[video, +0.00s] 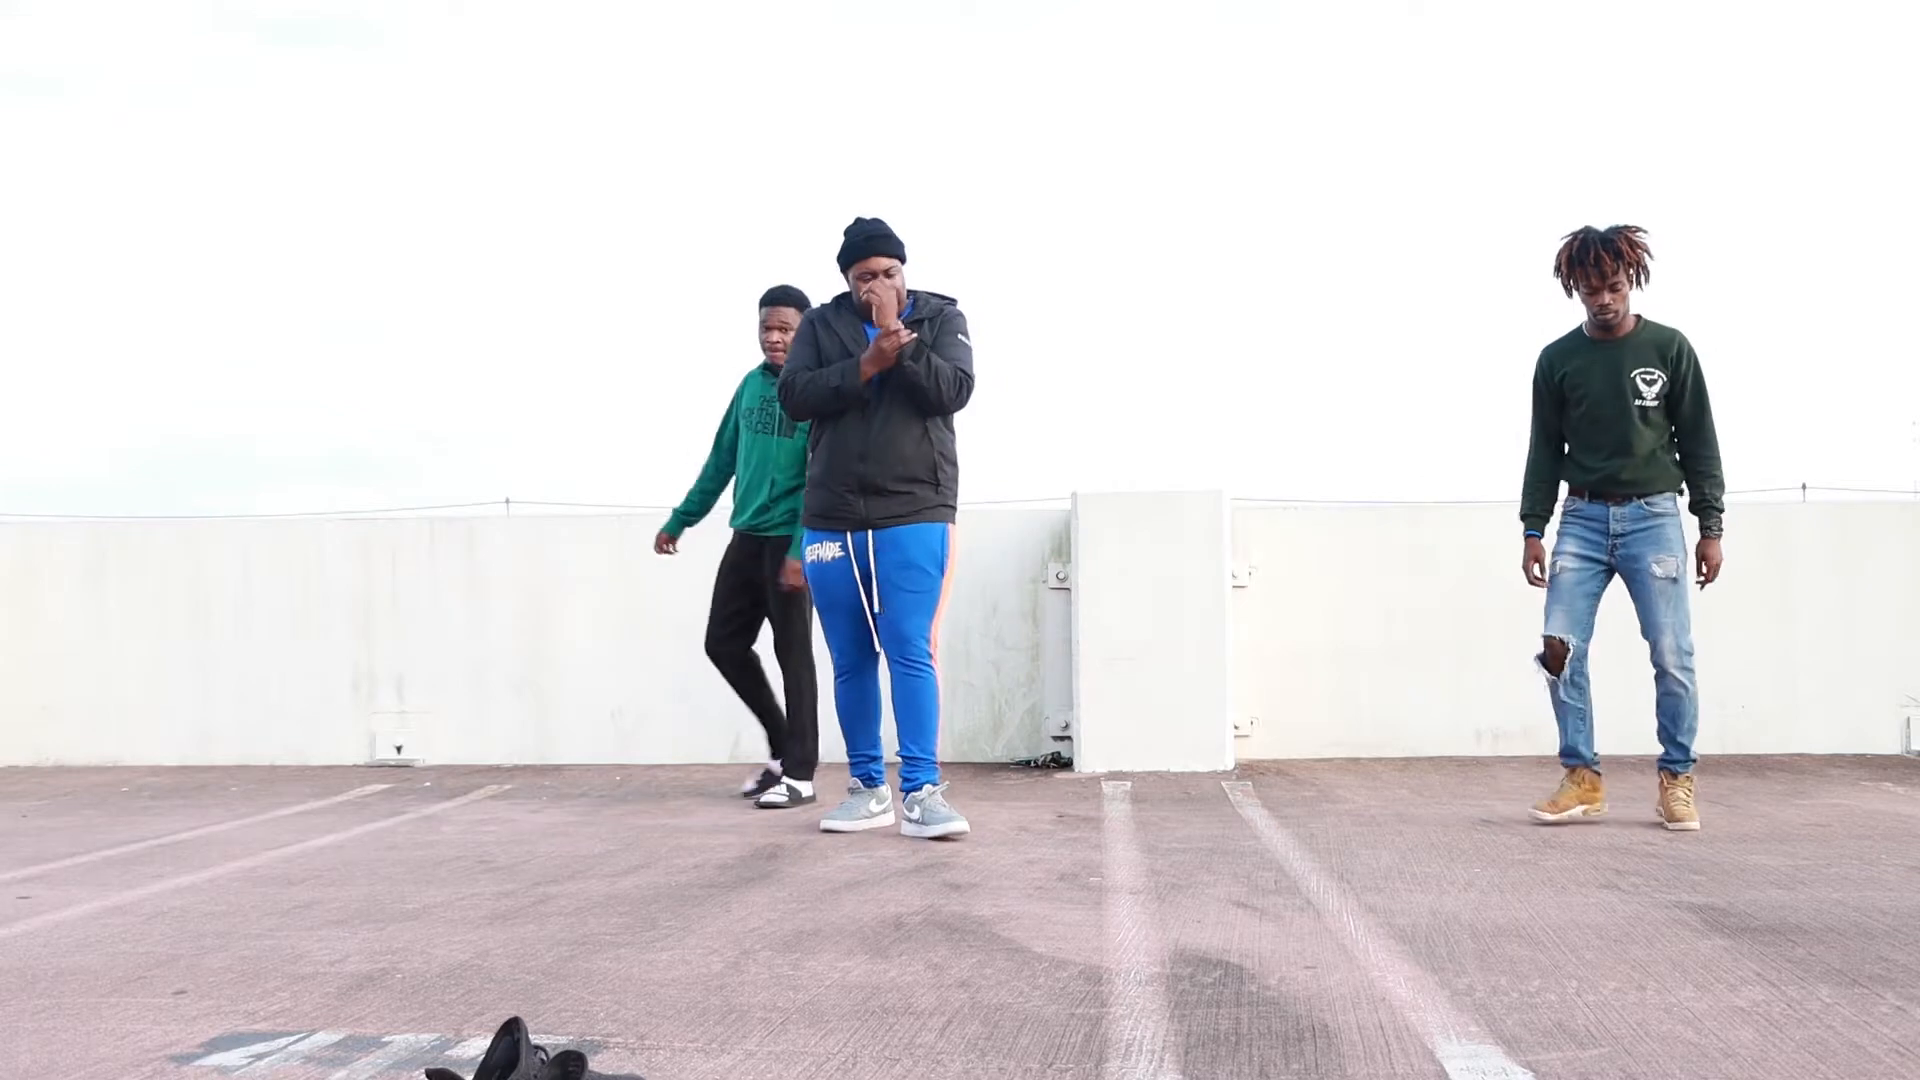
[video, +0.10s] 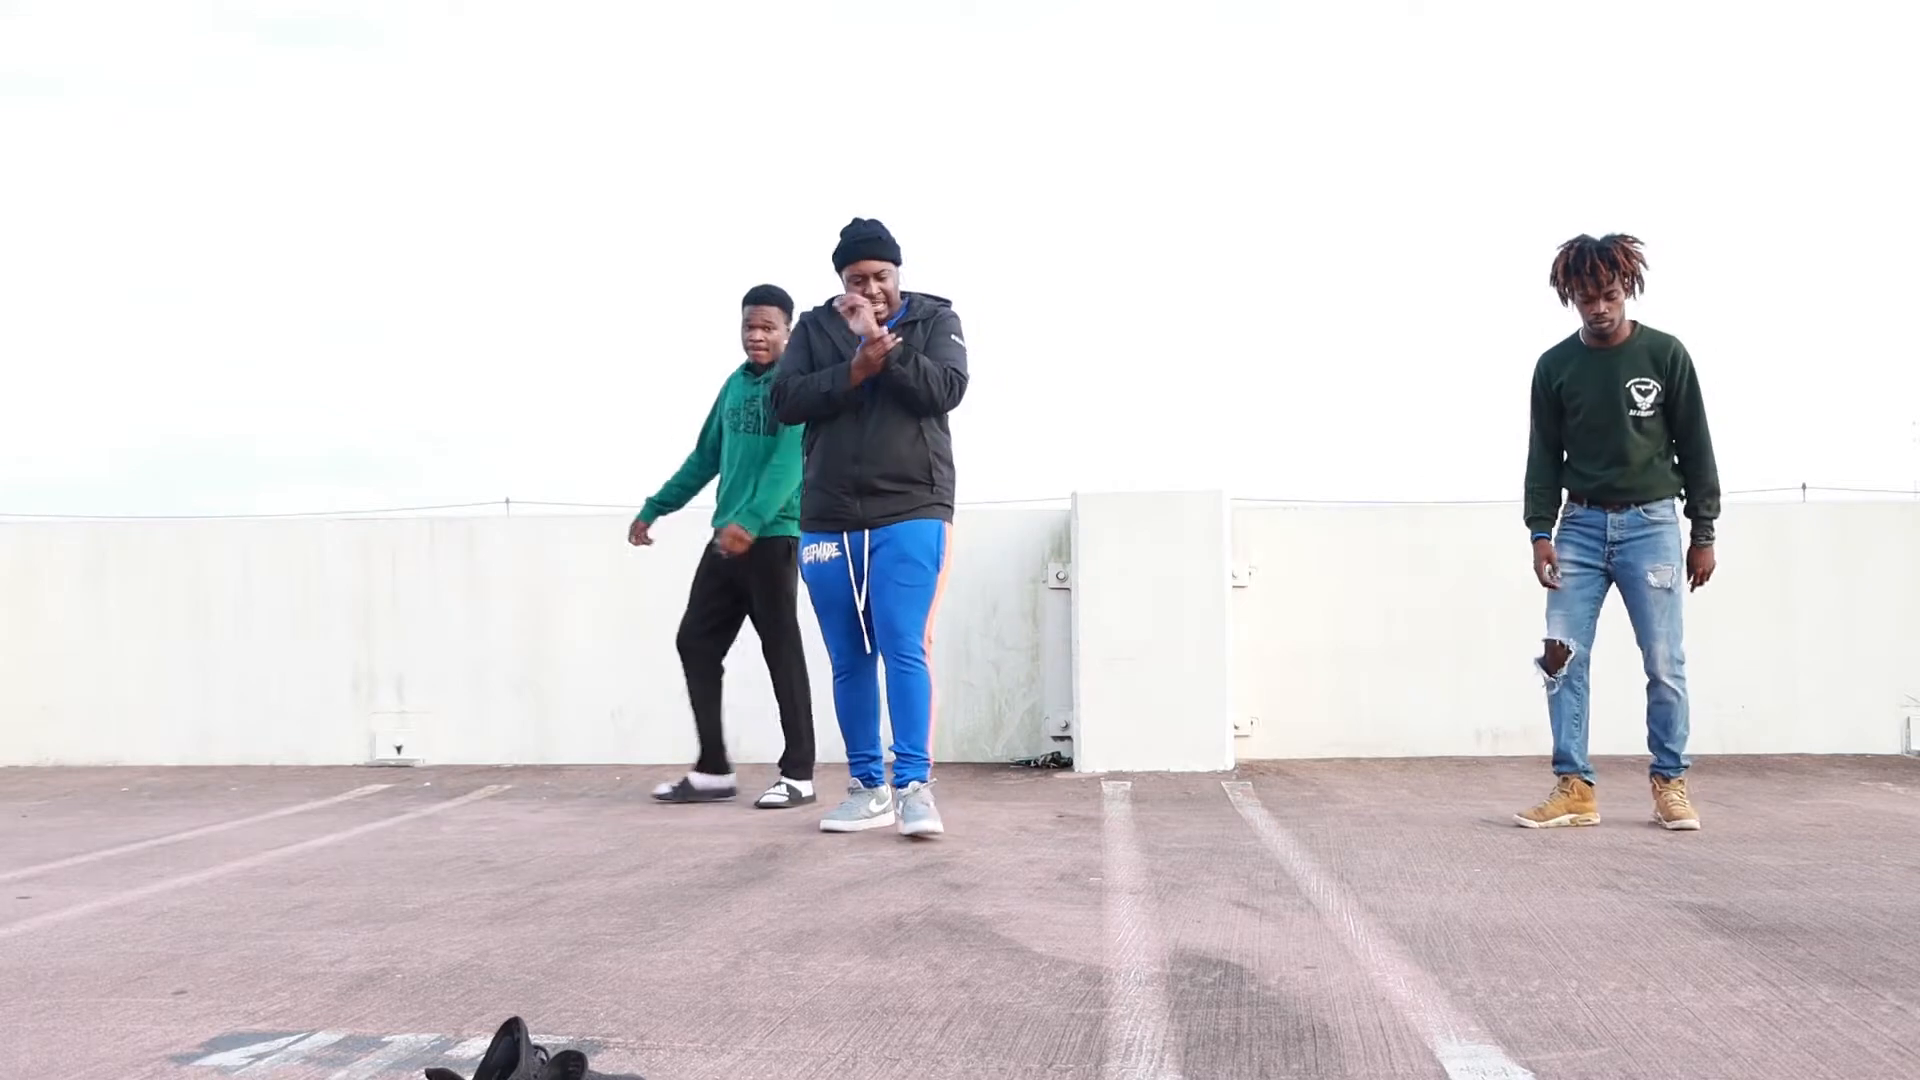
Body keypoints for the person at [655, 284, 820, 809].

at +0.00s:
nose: (774, 338)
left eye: (785, 330)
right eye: (767, 329)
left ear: (806, 334)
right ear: (759, 332)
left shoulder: (819, 388)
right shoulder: (750, 387)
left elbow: (822, 475)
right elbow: (721, 463)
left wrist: (801, 550)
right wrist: (678, 521)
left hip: (794, 540)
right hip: (748, 537)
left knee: (794, 654)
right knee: (725, 644)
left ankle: (800, 774)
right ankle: (787, 751)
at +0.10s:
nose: (757, 337)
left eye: (768, 328)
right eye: (750, 328)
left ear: (789, 333)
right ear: (742, 332)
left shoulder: (801, 384)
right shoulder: (734, 386)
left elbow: (793, 460)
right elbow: (705, 459)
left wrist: (750, 519)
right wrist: (653, 508)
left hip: (776, 538)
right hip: (728, 537)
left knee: (782, 653)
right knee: (697, 643)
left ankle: (798, 776)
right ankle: (712, 771)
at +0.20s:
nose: (734, 336)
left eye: (745, 328)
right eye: (727, 327)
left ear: (765, 333)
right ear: (718, 332)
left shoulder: (778, 377)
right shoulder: (713, 388)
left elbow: (757, 449)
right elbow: (686, 462)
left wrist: (709, 501)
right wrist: (633, 513)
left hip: (755, 539)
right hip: (707, 538)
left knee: (770, 655)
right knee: (673, 649)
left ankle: (797, 776)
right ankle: (640, 773)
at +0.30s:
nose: (708, 340)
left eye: (718, 332)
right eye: (700, 332)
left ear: (736, 338)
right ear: (689, 337)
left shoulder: (752, 382)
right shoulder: (687, 396)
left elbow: (730, 445)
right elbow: (659, 470)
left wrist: (673, 492)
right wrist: (614, 523)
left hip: (727, 548)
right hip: (675, 548)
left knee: (751, 658)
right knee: (641, 655)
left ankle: (794, 776)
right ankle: (615, 778)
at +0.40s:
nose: (678, 347)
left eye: (688, 338)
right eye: (669, 339)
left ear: (707, 341)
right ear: (661, 343)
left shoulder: (726, 387)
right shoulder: (657, 405)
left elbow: (711, 444)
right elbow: (629, 474)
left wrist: (651, 482)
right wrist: (582, 512)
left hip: (699, 549)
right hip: (651, 549)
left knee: (714, 658)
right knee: (609, 655)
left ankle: (783, 766)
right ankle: (610, 780)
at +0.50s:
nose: (658, 345)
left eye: (666, 336)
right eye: (648, 338)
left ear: (685, 336)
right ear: (639, 343)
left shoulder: (710, 382)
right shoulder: (631, 405)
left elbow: (709, 437)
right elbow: (603, 465)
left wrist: (642, 447)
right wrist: (577, 463)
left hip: (691, 545)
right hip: (637, 548)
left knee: (700, 652)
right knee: (601, 656)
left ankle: (747, 766)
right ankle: (611, 781)